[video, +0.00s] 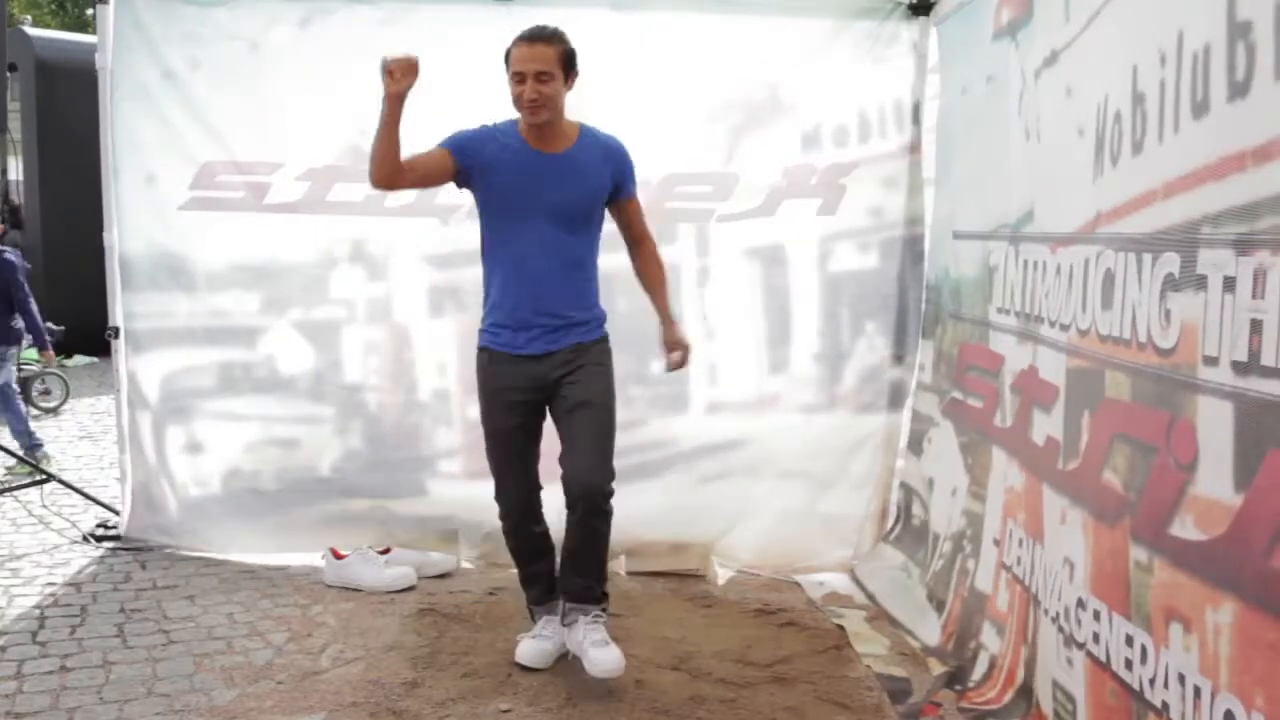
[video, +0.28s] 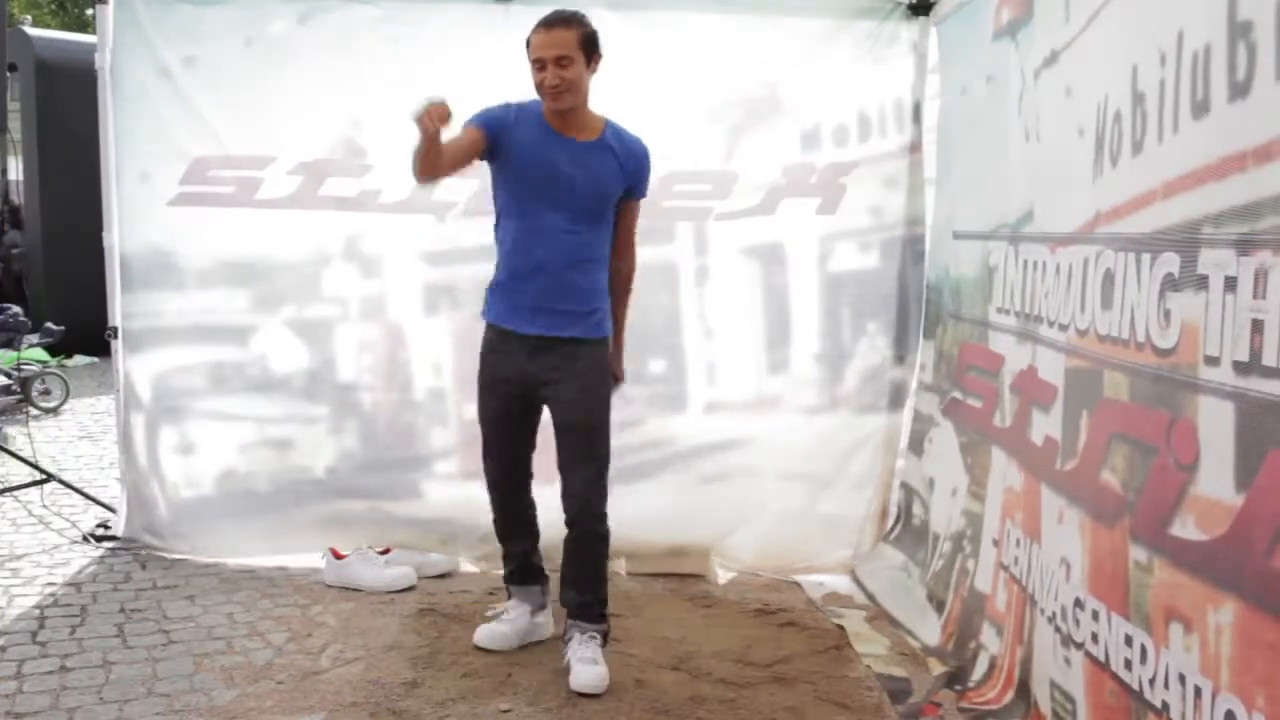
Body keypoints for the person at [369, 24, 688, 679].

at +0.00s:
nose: (532, 90)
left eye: (544, 78)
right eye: (521, 79)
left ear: (570, 81)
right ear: (509, 83)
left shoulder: (607, 155)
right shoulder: (482, 148)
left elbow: (639, 241)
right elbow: (385, 175)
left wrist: (667, 320)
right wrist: (394, 99)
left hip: (582, 348)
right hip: (505, 353)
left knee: (592, 484)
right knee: (515, 498)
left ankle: (585, 615)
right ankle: (544, 615)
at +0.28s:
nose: (552, 75)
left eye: (564, 63)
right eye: (542, 64)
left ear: (593, 66)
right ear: (530, 70)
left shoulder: (626, 153)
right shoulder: (502, 124)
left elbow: (623, 256)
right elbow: (430, 169)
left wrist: (615, 343)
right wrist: (431, 133)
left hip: (583, 345)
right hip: (507, 339)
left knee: (585, 497)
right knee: (506, 484)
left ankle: (586, 631)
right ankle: (527, 602)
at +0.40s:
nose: (549, 88)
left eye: (562, 75)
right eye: (538, 77)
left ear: (591, 80)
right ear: (528, 85)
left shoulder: (630, 164)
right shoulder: (504, 153)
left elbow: (650, 264)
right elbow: (471, 256)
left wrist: (663, 352)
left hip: (591, 356)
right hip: (513, 354)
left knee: (597, 506)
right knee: (490, 493)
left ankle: (586, 633)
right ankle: (513, 592)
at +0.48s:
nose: (540, 90)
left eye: (552, 76)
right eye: (530, 79)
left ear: (582, 79)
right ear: (520, 87)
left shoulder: (630, 156)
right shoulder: (506, 159)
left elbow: (674, 241)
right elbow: (476, 249)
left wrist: (687, 284)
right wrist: (455, 265)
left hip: (597, 359)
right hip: (518, 355)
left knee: (605, 510)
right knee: (475, 488)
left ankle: (588, 633)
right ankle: (508, 577)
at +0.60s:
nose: (525, 79)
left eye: (536, 65)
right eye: (512, 69)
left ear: (563, 64)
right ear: (502, 77)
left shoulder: (616, 120)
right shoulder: (505, 151)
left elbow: (692, 163)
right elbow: (430, 213)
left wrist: (677, 138)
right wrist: (369, 175)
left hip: (605, 341)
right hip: (530, 333)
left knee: (600, 492)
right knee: (478, 465)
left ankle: (589, 629)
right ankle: (515, 561)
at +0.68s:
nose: (515, 77)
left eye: (526, 62)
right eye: (503, 67)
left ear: (555, 61)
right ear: (494, 72)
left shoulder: (601, 104)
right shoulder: (505, 145)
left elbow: (653, 102)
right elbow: (415, 181)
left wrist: (650, 75)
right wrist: (334, 138)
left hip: (608, 328)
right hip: (535, 326)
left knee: (607, 486)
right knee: (500, 469)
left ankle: (598, 627)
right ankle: (537, 584)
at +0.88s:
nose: (502, 103)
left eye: (514, 91)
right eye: (491, 93)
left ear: (542, 93)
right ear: (482, 101)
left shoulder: (579, 135)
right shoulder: (503, 181)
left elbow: (626, 125)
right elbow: (426, 238)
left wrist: (559, 83)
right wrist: (379, 165)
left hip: (609, 351)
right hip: (545, 355)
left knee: (597, 503)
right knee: (520, 499)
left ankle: (615, 647)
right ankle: (569, 622)